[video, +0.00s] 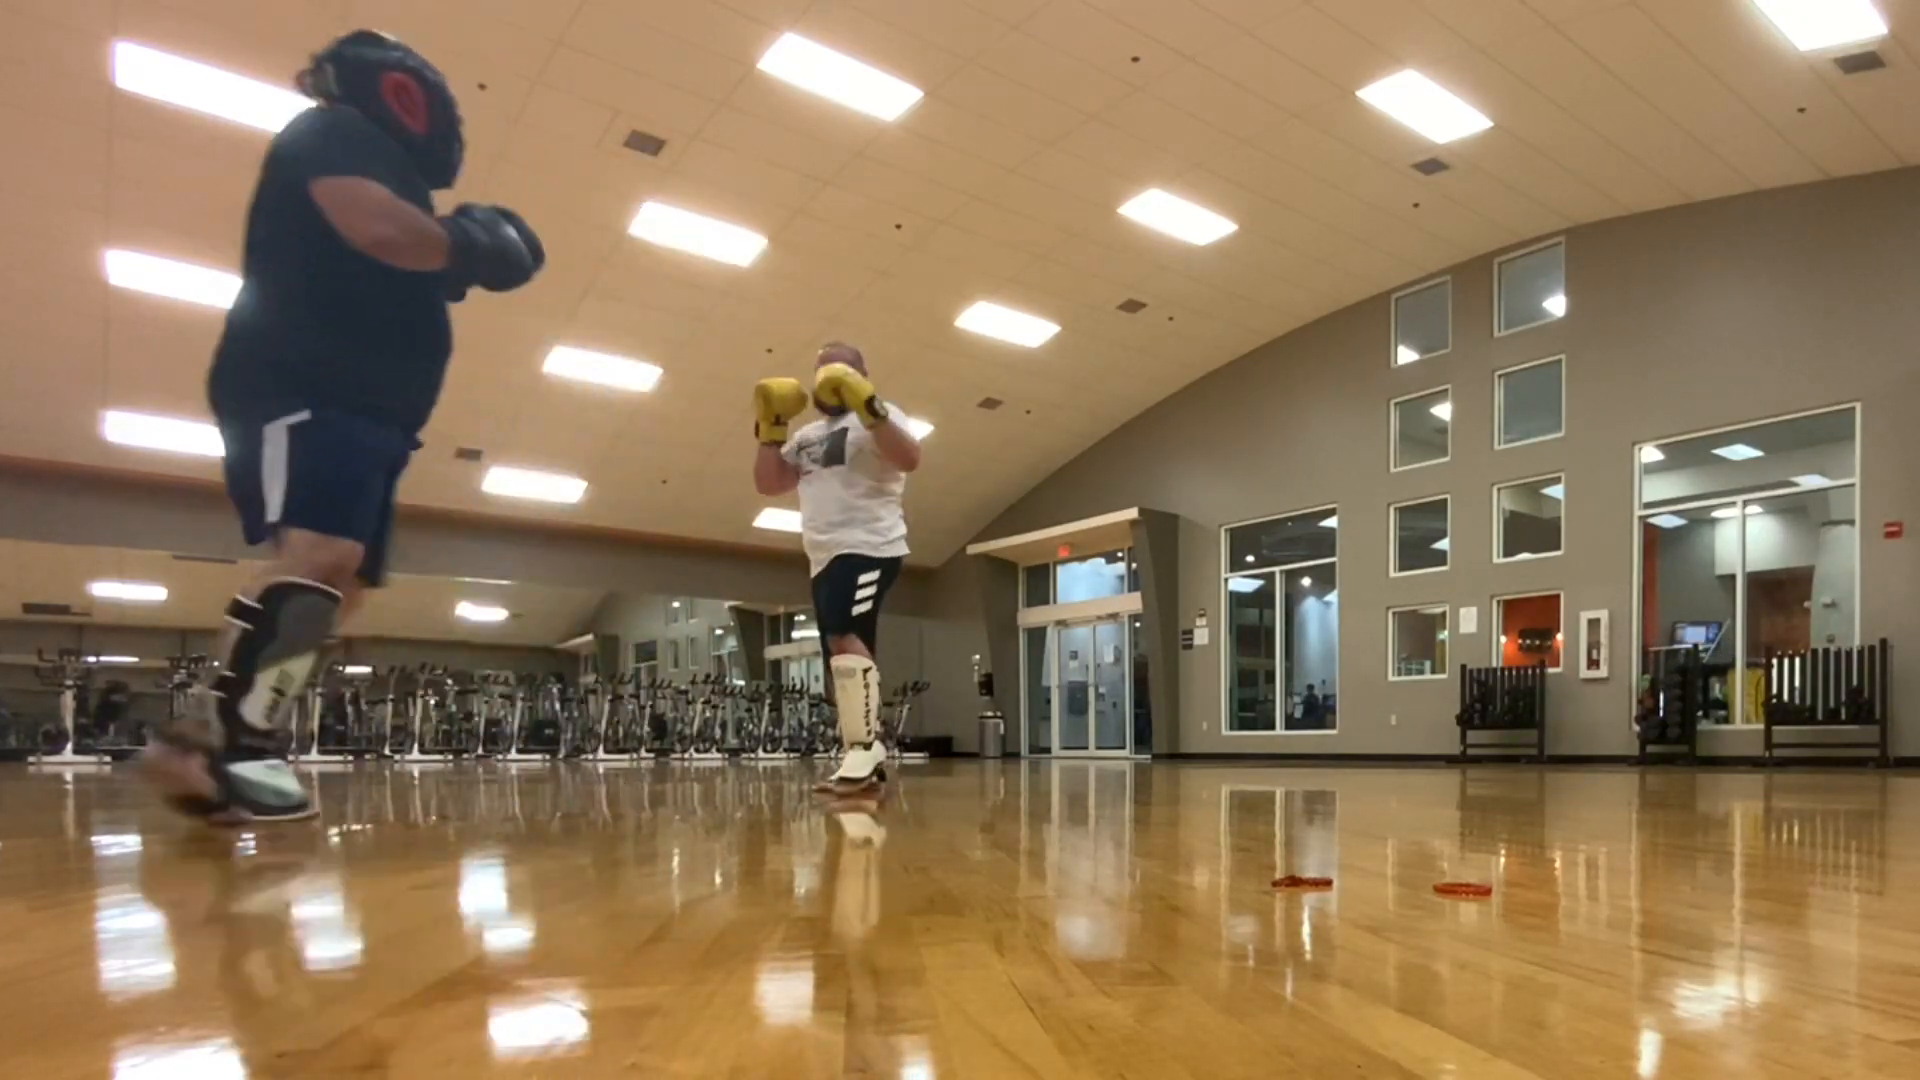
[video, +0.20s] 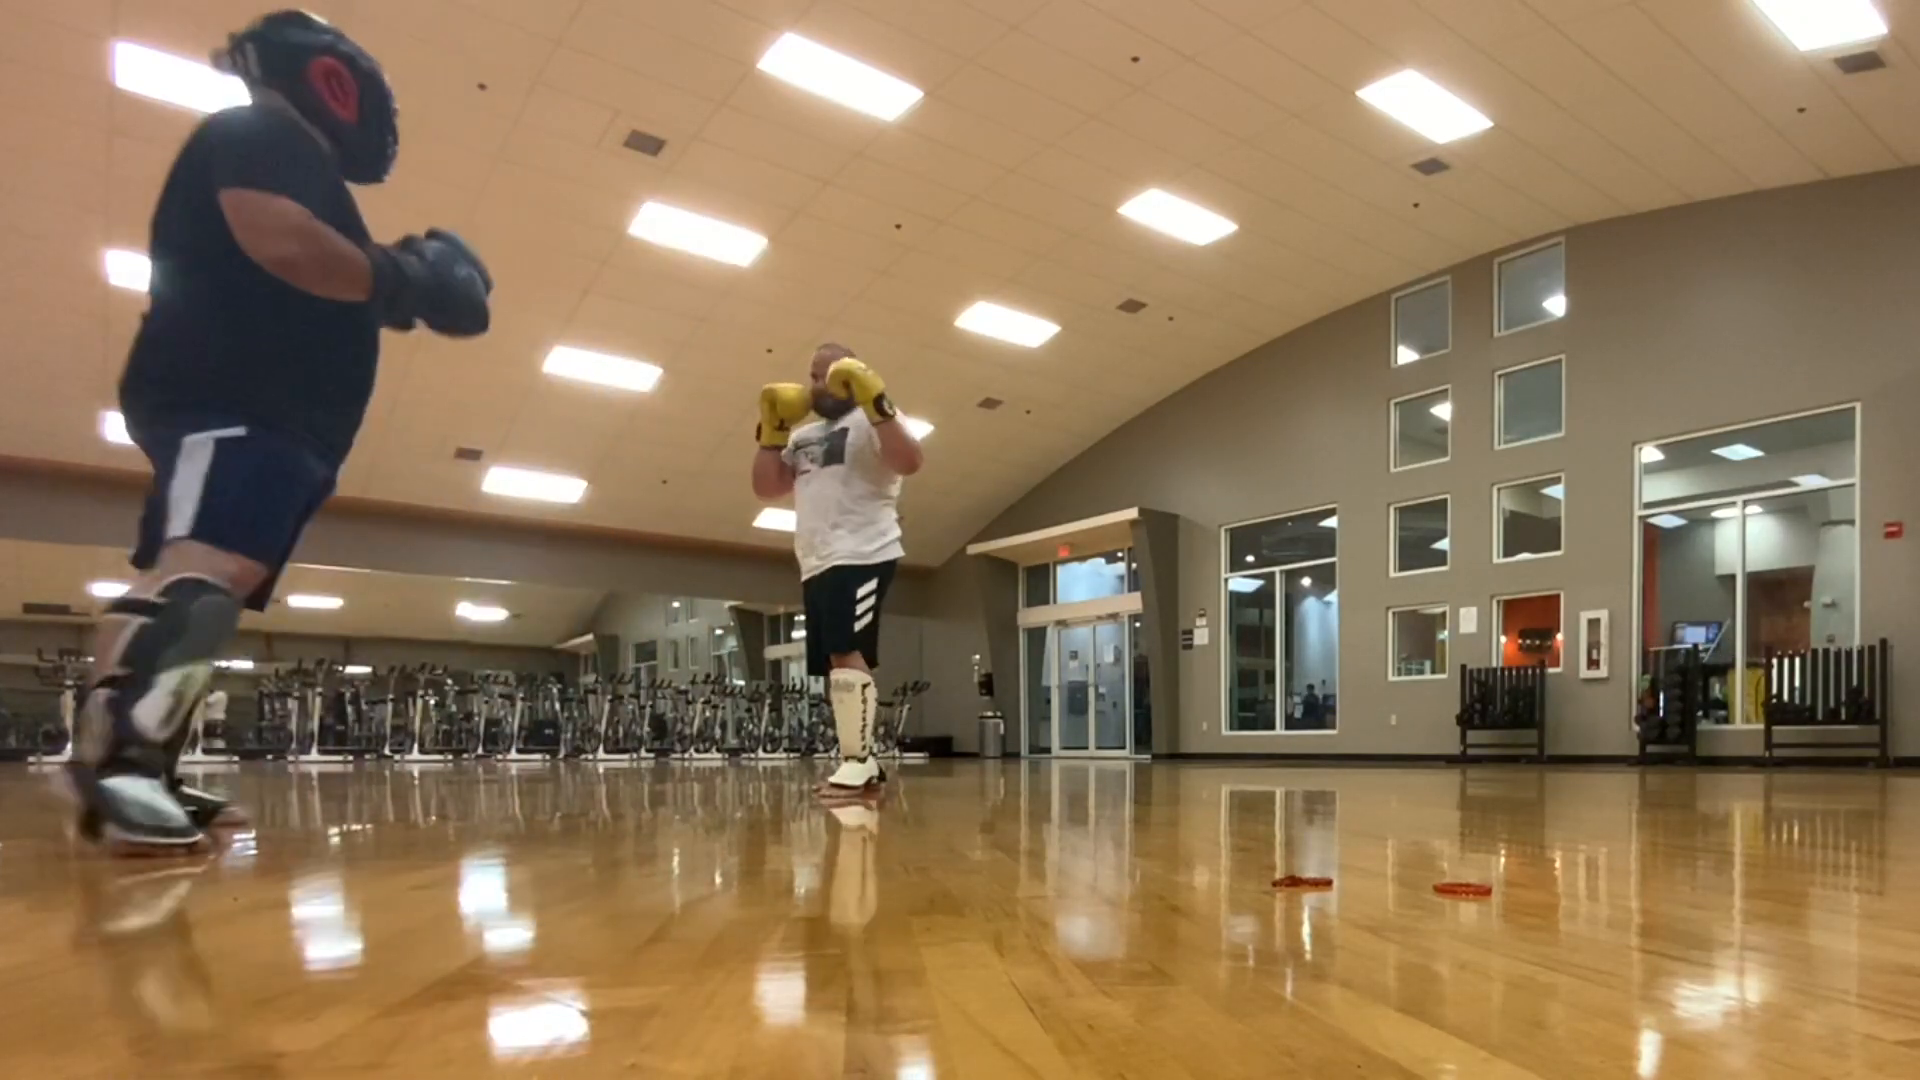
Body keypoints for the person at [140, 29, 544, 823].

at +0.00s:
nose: (442, 120)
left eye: (439, 106)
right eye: (431, 100)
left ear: (387, 98)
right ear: (394, 88)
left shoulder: (384, 165)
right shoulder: (333, 132)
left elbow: (391, 241)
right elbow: (376, 229)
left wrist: (461, 233)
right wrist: (467, 247)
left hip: (362, 399)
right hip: (311, 384)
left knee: (343, 578)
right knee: (322, 554)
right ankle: (236, 743)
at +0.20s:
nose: (380, 110)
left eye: (376, 94)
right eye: (367, 90)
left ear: (315, 88)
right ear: (327, 80)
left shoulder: (304, 173)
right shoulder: (259, 131)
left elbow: (315, 272)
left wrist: (403, 273)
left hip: (262, 409)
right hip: (236, 397)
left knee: (179, 573)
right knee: (218, 565)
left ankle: (109, 751)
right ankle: (129, 754)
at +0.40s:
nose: (344, 72)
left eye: (344, 52)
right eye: (337, 42)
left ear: (246, 22)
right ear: (297, 23)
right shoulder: (237, 72)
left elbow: (266, 256)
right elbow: (333, 215)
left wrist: (370, 297)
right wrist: (408, 267)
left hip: (237, 391)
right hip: (172, 361)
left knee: (228, 585)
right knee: (143, 546)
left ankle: (163, 775)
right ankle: (54, 764)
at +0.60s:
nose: (349, 60)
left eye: (355, 48)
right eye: (351, 39)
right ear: (316, 5)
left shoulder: (148, 31)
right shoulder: (256, 31)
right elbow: (372, 206)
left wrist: (345, 151)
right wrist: (407, 178)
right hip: (169, 349)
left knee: (304, 551)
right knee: (113, 556)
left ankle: (193, 739)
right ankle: (34, 790)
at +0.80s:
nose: (379, 51)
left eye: (380, 41)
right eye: (376, 33)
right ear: (347, 6)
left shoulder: (167, 44)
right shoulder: (308, 45)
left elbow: (247, 202)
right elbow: (408, 221)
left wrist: (375, 248)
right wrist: (440, 221)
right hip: (226, 358)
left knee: (337, 568)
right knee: (151, 559)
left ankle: (367, 779)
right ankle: (52, 780)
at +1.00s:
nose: (428, 40)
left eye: (430, 32)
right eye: (423, 25)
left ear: (308, 0)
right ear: (387, 3)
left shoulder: (243, 75)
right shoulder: (365, 48)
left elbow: (328, 219)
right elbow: (492, 216)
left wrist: (446, 233)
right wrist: (508, 233)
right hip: (331, 362)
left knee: (394, 581)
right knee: (286, 565)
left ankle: (380, 787)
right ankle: (109, 754)